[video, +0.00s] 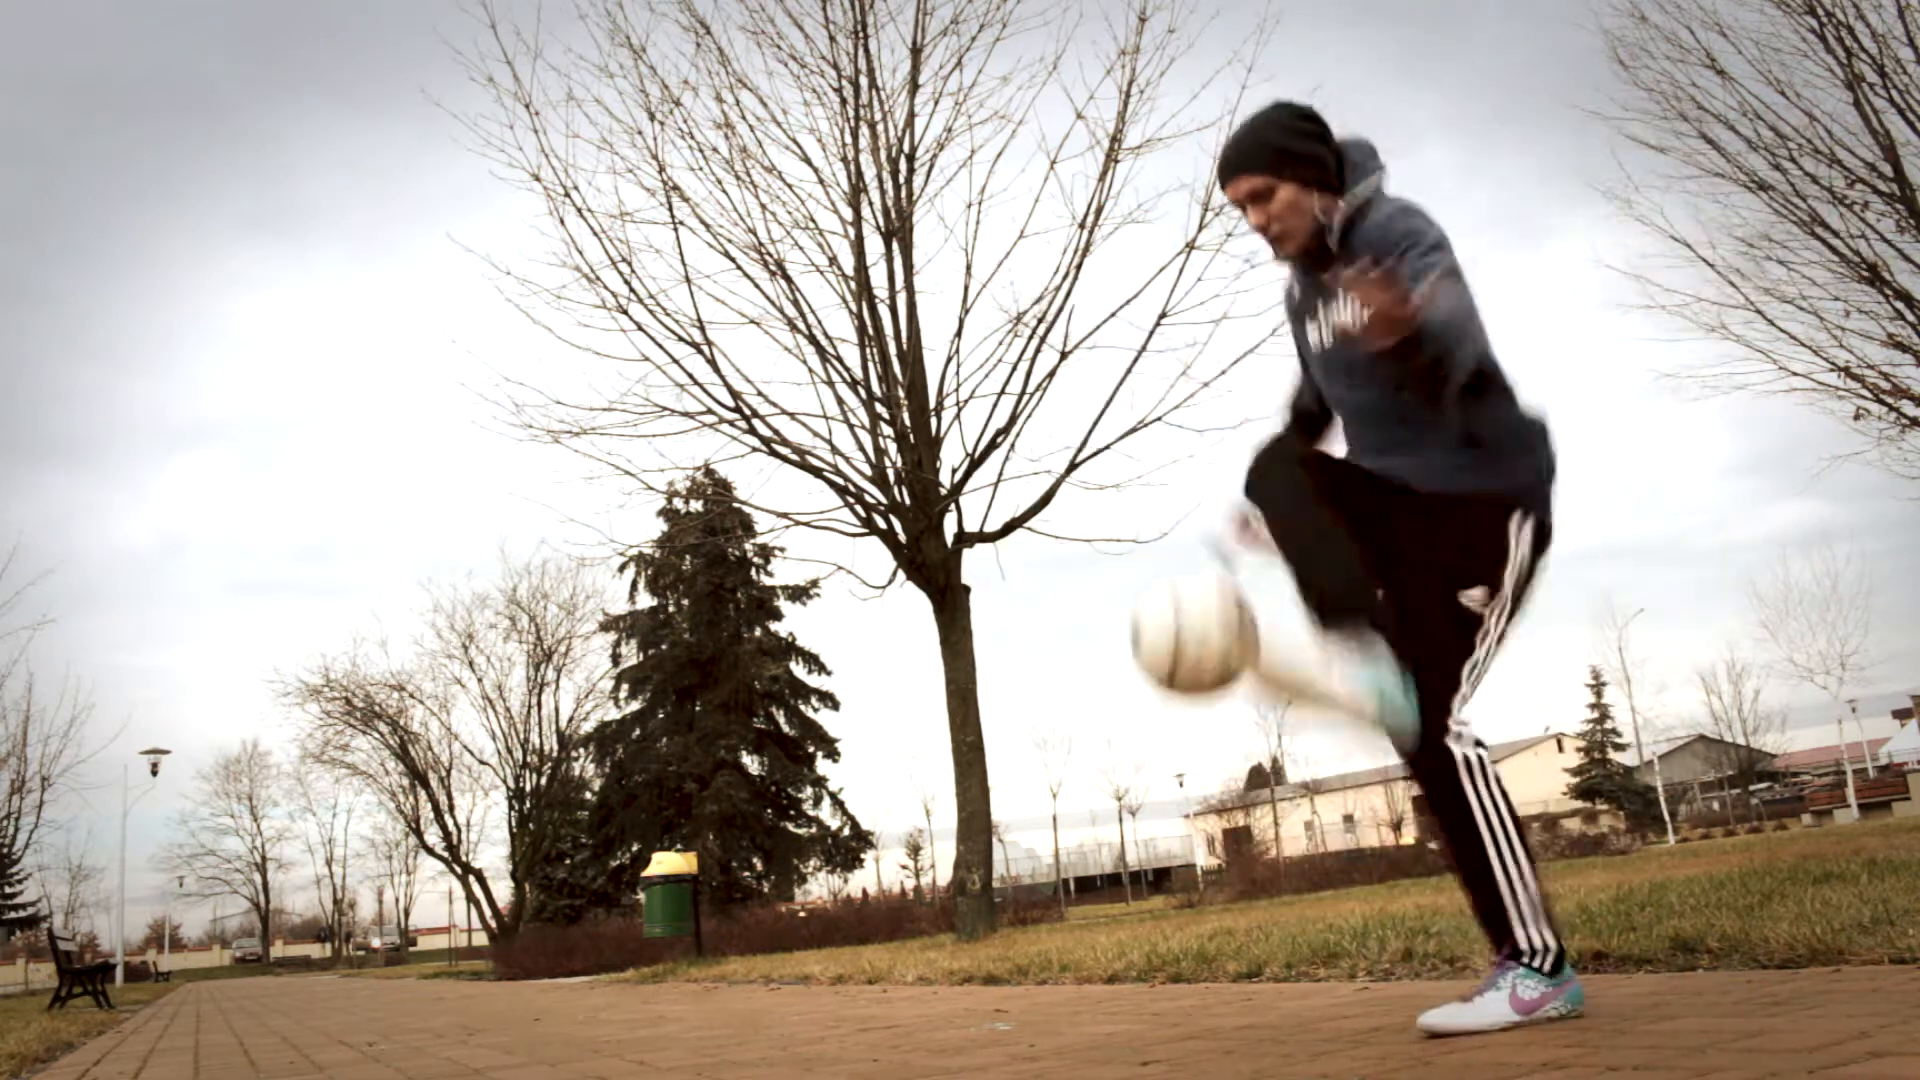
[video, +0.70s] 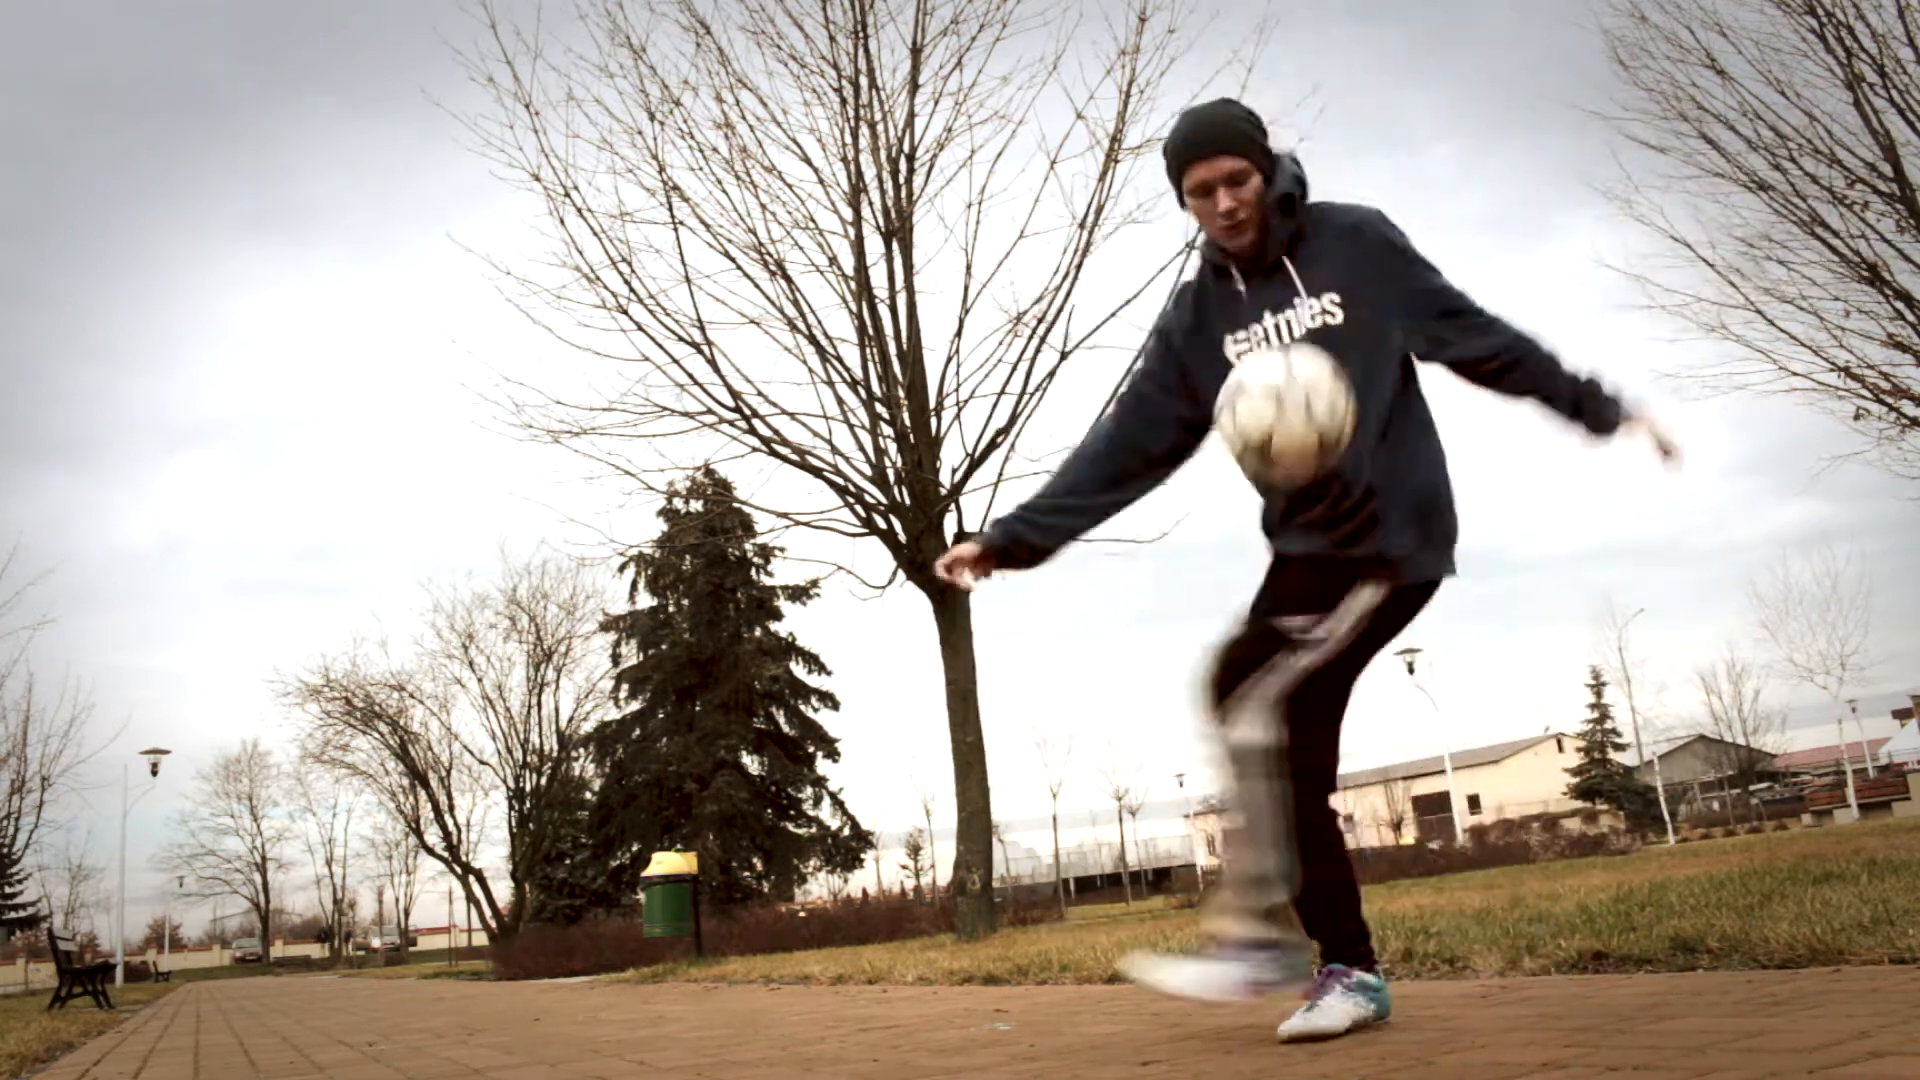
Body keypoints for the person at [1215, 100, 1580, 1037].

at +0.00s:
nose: (1254, 223)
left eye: (1262, 199)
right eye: (1243, 210)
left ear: (1313, 178)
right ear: (1260, 207)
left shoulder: (1394, 228)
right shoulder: (1306, 285)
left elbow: (1459, 348)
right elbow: (1321, 390)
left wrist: (1402, 325)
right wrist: (1266, 489)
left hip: (1488, 494)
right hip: (1402, 497)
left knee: (1427, 722)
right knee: (1278, 462)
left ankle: (1538, 968)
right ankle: (1370, 657)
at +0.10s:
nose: (1262, 232)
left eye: (1274, 206)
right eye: (1247, 215)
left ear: (1326, 193)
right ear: (1250, 218)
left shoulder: (1400, 232)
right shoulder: (1318, 285)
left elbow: (1416, 304)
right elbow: (1325, 428)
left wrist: (1315, 305)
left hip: (1455, 529)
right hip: (1371, 517)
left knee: (1419, 724)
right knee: (1244, 410)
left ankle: (1533, 966)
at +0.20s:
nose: (1268, 177)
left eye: (1277, 156)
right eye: (1258, 163)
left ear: (1325, 143)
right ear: (1266, 168)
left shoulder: (1400, 207)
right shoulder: (1298, 270)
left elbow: (1389, 166)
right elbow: (1256, 382)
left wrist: (1275, 83)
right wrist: (1137, 368)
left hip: (1432, 496)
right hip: (1345, 477)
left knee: (1430, 708)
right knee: (1191, 392)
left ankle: (1529, 961)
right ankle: (1036, 523)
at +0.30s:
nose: (1258, 104)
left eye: (1269, 83)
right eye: (1247, 91)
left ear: (1318, 67)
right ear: (1249, 94)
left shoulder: (1408, 119)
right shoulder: (1266, 186)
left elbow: (1472, 71)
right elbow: (1206, 260)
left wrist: (1404, 5)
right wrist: (1103, 238)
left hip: (1401, 423)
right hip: (1303, 412)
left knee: (1389, 616)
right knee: (1135, 411)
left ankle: (1480, 885)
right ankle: (1117, 651)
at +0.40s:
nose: (1243, 86)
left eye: (1254, 63)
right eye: (1228, 73)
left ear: (1301, 42)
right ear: (1226, 75)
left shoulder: (1382, 100)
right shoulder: (1248, 149)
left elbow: (1464, 97)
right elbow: (1203, 223)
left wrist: (1510, 40)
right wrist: (1097, 241)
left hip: (1379, 366)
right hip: (1279, 377)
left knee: (1269, 506)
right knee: (1216, 551)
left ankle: (1252, 732)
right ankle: (1220, 795)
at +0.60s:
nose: (1211, 199)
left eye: (1223, 175)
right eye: (1195, 184)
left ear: (1267, 159)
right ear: (1186, 188)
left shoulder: (1359, 227)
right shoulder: (1201, 296)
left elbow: (1474, 325)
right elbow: (1126, 410)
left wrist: (1592, 425)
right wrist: (1017, 505)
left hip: (1399, 486)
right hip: (1312, 508)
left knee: (1166, 591)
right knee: (1311, 758)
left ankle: (1058, 806)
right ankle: (1356, 973)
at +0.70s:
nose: (1224, 204)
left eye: (1236, 182)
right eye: (1204, 193)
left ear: (1269, 173)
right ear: (1186, 203)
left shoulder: (1353, 241)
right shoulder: (1196, 312)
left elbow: (1464, 335)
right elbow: (1131, 440)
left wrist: (1600, 408)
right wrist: (1007, 541)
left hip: (1395, 532)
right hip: (1302, 549)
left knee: (1250, 697)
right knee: (1290, 757)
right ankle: (1352, 972)